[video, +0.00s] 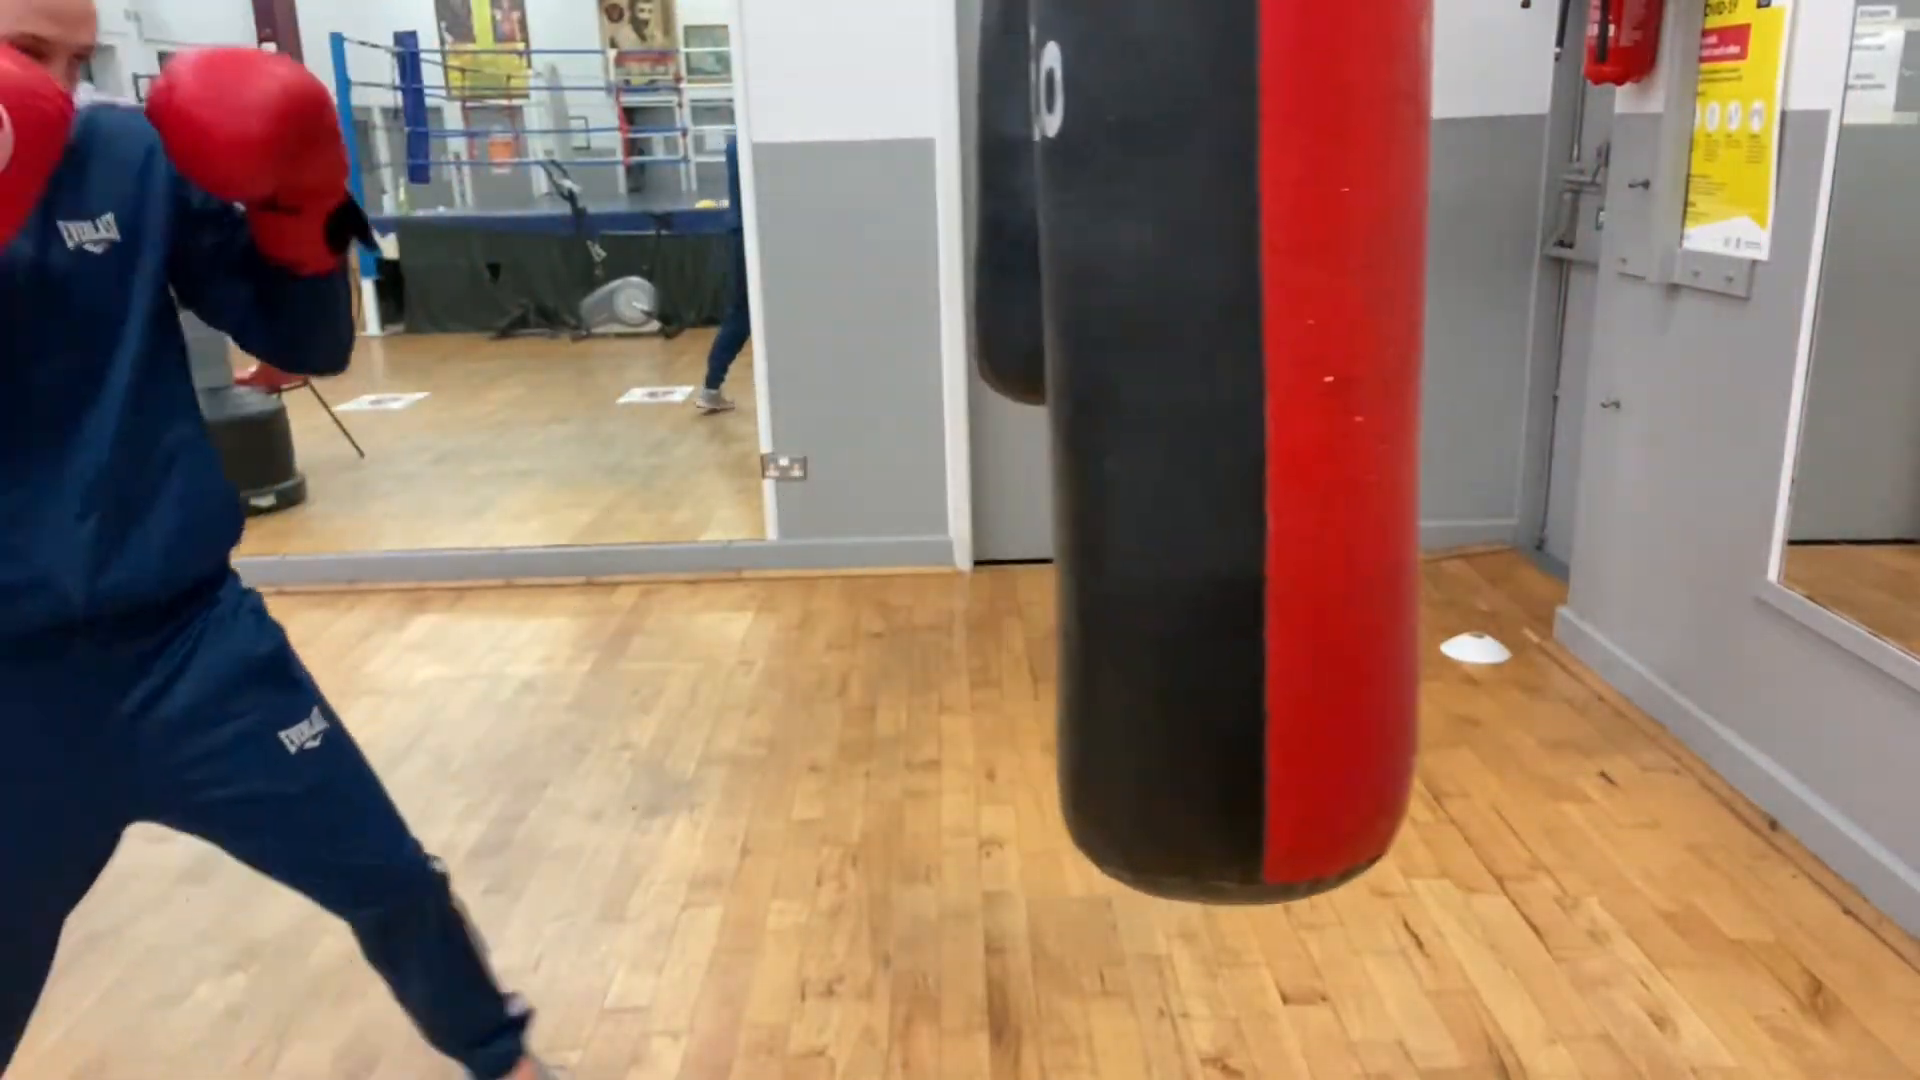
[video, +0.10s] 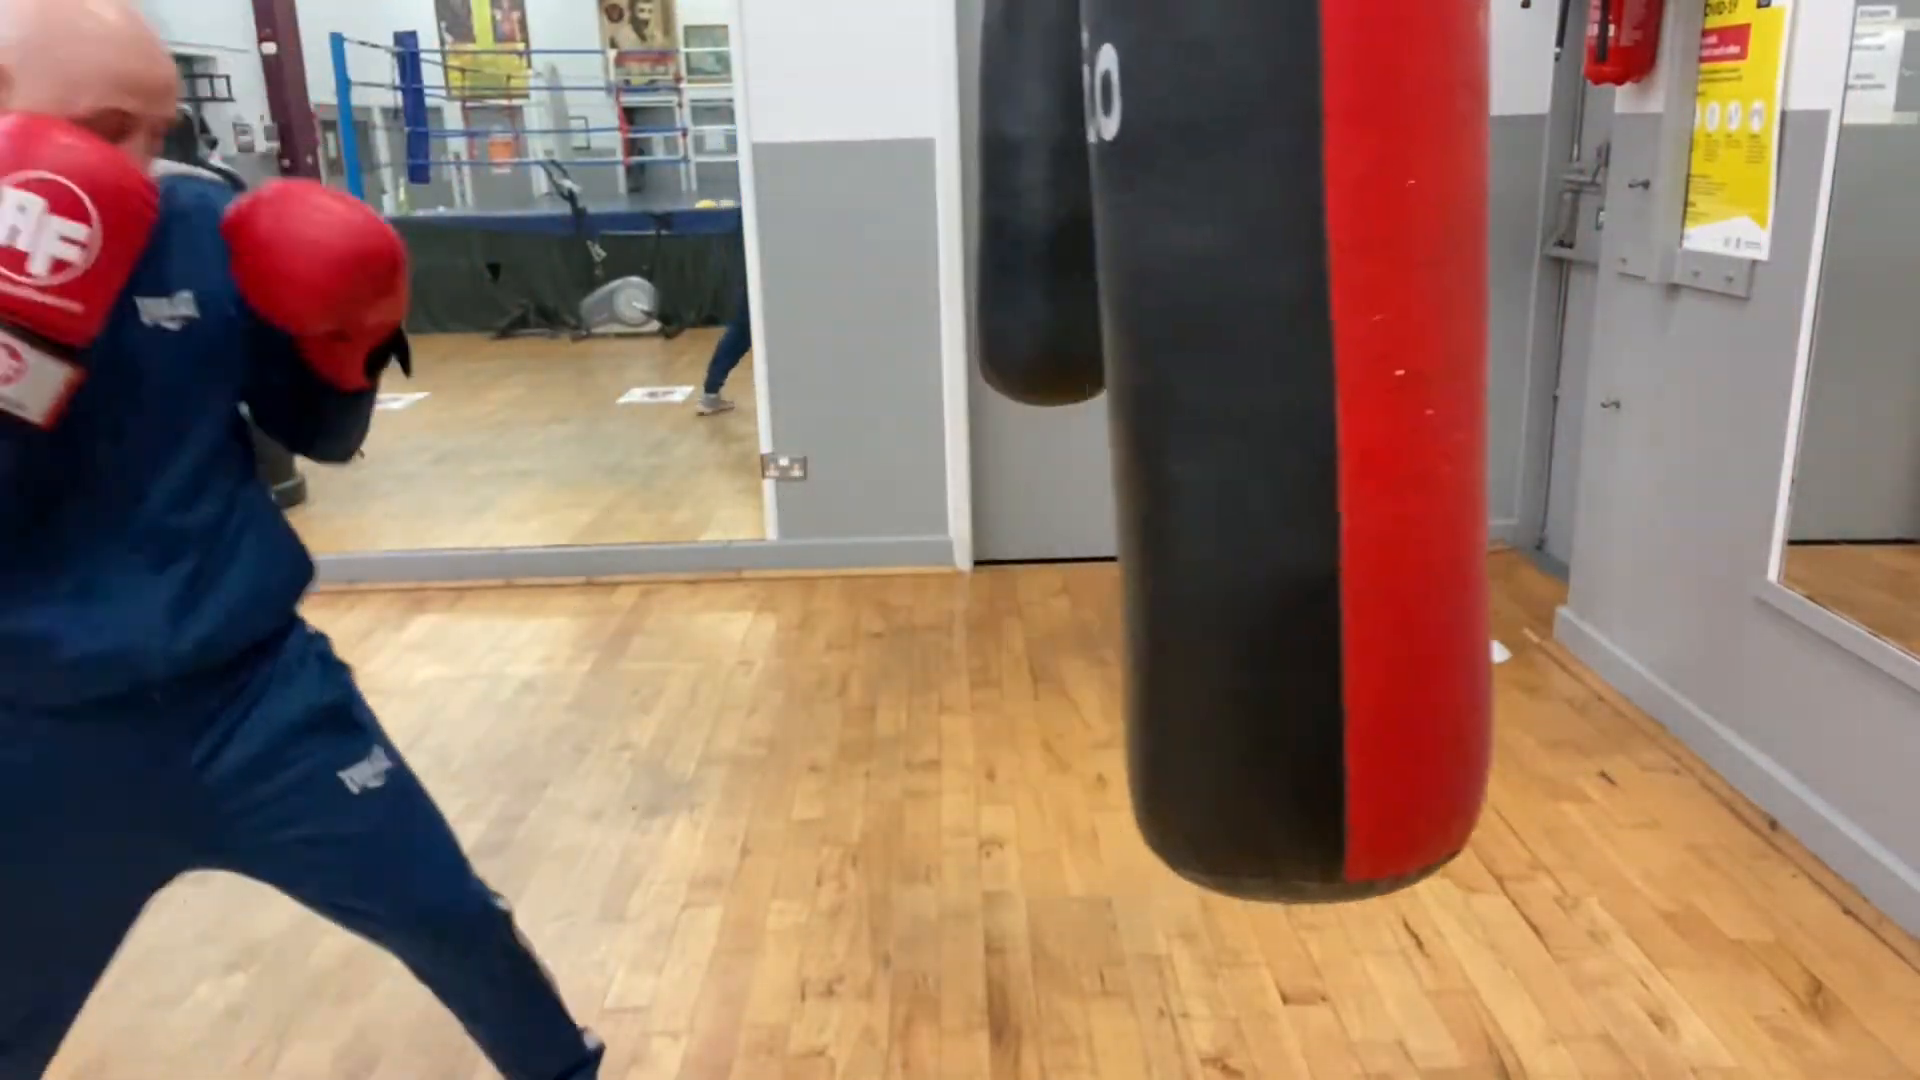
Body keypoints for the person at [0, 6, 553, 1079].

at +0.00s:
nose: (62, 79)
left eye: (78, 57)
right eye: (40, 54)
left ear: (92, 44)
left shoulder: (127, 151)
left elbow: (305, 344)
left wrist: (299, 210)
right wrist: (10, 197)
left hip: (189, 644)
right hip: (22, 683)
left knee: (393, 883)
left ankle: (504, 1059)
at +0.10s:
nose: (139, 169)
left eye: (155, 131)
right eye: (104, 133)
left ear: (170, 119)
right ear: (13, 133)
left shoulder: (209, 227)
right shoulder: (4, 283)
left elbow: (316, 433)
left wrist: (343, 347)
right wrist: (26, 340)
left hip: (258, 701)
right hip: (47, 745)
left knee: (459, 924)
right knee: (6, 1042)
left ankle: (566, 1069)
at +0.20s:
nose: (241, 171)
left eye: (259, 139)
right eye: (211, 135)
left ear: (277, 122)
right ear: (97, 99)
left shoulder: (305, 228)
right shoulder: (19, 252)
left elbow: (441, 421)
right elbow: (24, 520)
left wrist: (450, 307)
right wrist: (115, 326)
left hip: (349, 710)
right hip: (129, 748)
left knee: (526, 960)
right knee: (46, 1055)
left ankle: (570, 1070)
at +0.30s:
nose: (319, 111)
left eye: (337, 78)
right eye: (290, 73)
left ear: (354, 62)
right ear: (174, 41)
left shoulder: (377, 173)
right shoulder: (51, 212)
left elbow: (534, 356)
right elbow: (105, 464)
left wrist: (527, 214)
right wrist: (210, 253)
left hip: (416, 684)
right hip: (197, 724)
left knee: (563, 969)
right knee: (123, 1053)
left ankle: (579, 1077)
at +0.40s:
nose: (365, 40)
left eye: (372, 25)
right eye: (340, 17)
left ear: (376, 26)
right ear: (227, 11)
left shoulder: (389, 123)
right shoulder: (71, 168)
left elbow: (539, 346)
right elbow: (174, 426)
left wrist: (556, 218)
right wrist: (268, 204)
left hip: (454, 642)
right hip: (249, 690)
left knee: (586, 909)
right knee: (246, 1037)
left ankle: (598, 1067)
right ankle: (196, 1063)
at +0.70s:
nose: (589, 155)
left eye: (599, 121)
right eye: (556, 124)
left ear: (611, 101)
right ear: (438, 104)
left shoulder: (626, 224)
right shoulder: (296, 271)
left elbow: (823, 273)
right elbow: (286, 551)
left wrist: (1007, 224)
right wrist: (413, 362)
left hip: (649, 697)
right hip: (442, 742)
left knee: (836, 888)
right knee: (370, 1061)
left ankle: (954, 1028)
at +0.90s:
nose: (860, 200)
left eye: (866, 171)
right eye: (841, 169)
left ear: (751, 149)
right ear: (740, 145)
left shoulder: (739, 271)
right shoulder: (630, 253)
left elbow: (732, 456)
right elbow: (633, 465)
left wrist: (887, 418)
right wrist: (866, 351)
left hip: (738, 691)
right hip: (600, 728)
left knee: (885, 882)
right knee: (588, 1065)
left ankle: (931, 1053)